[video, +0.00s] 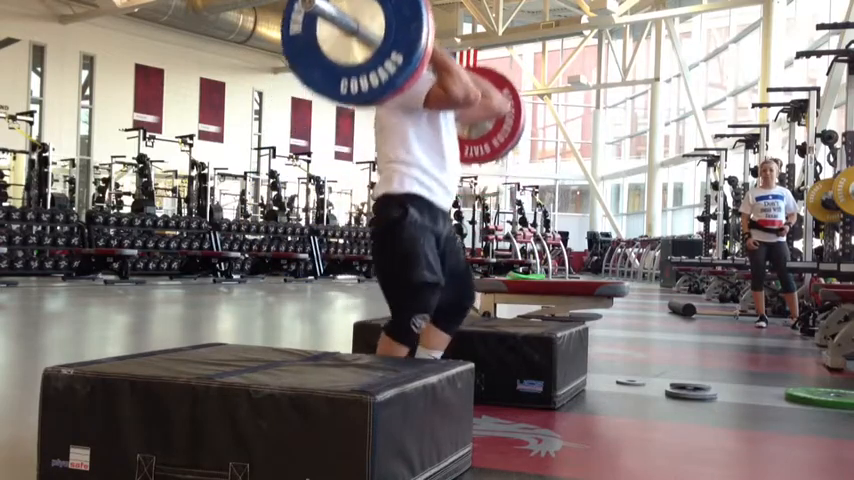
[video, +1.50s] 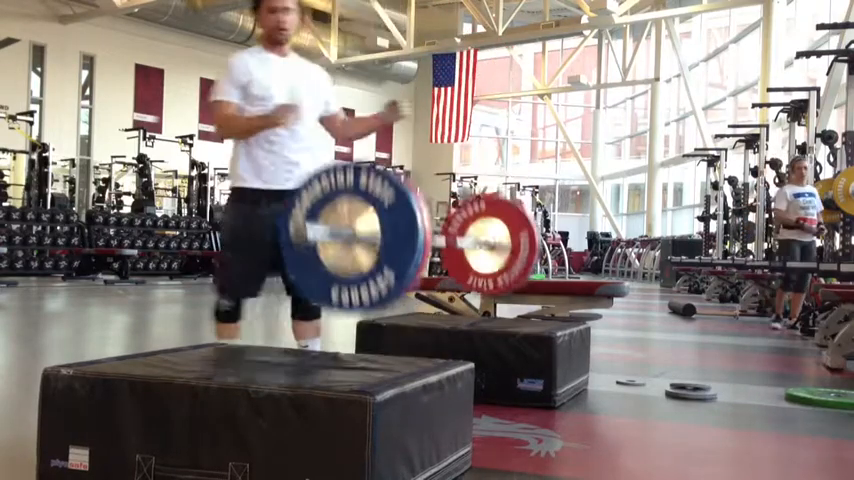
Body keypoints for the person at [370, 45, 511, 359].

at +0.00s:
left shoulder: (438, 92)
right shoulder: (398, 76)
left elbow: (498, 103)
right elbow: (460, 92)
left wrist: (454, 69)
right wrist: (430, 48)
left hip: (438, 214)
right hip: (403, 207)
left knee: (457, 297)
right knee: (415, 303)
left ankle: (418, 383)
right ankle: (378, 393)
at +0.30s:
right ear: (417, 16)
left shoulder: (444, 64)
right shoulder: (401, 49)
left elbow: (500, 68)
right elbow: (464, 50)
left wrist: (457, 31)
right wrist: (434, 13)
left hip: (443, 188)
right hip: (409, 184)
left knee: (427, 296)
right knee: (402, 292)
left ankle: (413, 384)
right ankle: (381, 386)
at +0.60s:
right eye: (415, 7)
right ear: (407, 11)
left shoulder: (437, 54)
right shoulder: (393, 45)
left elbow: (494, 80)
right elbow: (456, 57)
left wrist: (454, 30)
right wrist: (430, 9)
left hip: (426, 187)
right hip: (394, 185)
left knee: (414, 299)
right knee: (387, 298)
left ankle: (411, 387)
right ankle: (379, 390)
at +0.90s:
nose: (415, 15)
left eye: (417, 9)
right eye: (408, 6)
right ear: (381, 7)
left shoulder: (399, 65)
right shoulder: (362, 52)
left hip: (396, 196)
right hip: (361, 194)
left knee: (403, 292)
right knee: (367, 299)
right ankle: (373, 386)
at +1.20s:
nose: (360, 26)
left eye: (366, 20)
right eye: (353, 17)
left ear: (370, 26)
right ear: (330, 15)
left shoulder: (356, 78)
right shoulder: (304, 59)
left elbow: (360, 145)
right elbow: (283, 125)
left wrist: (376, 196)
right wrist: (280, 189)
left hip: (350, 196)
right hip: (311, 193)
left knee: (339, 290)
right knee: (326, 291)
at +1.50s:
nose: (281, 19)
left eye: (288, 11)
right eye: (272, 11)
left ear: (298, 18)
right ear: (258, 17)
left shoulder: (314, 74)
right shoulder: (242, 64)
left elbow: (341, 129)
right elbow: (224, 125)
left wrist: (383, 118)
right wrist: (268, 120)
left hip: (305, 196)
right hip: (251, 196)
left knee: (306, 289)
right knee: (230, 294)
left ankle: (313, 373)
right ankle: (227, 371)